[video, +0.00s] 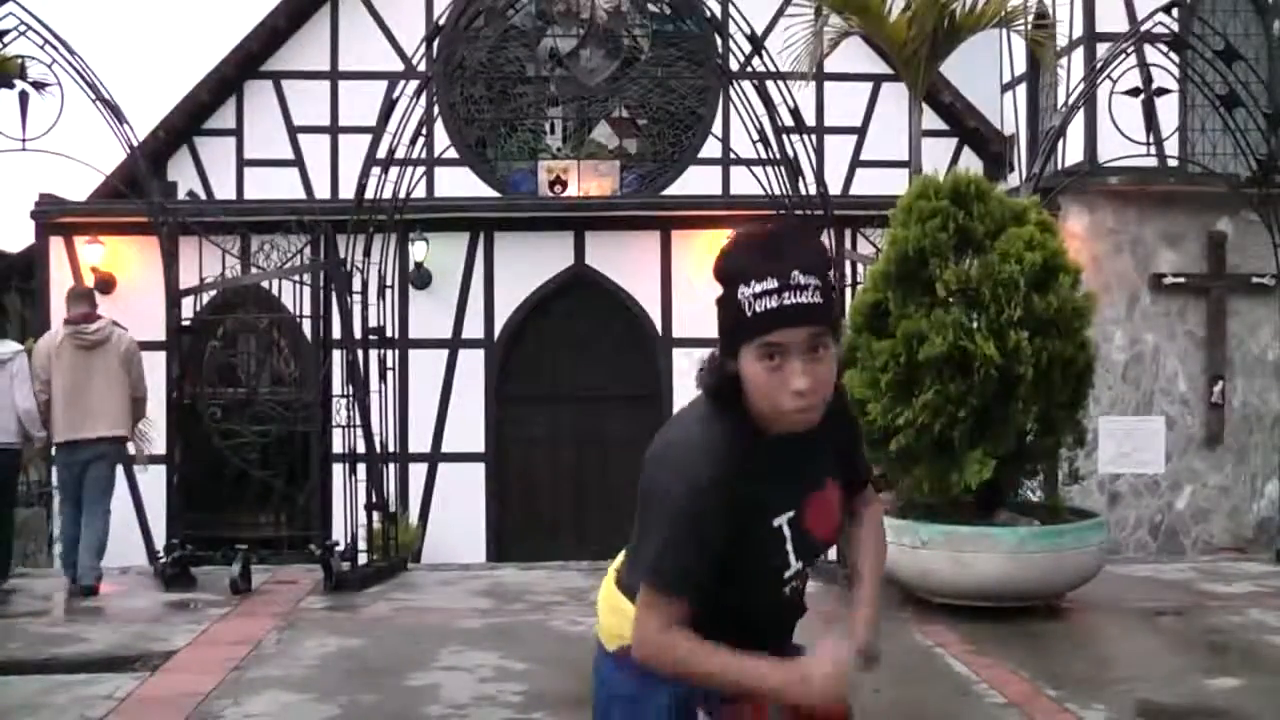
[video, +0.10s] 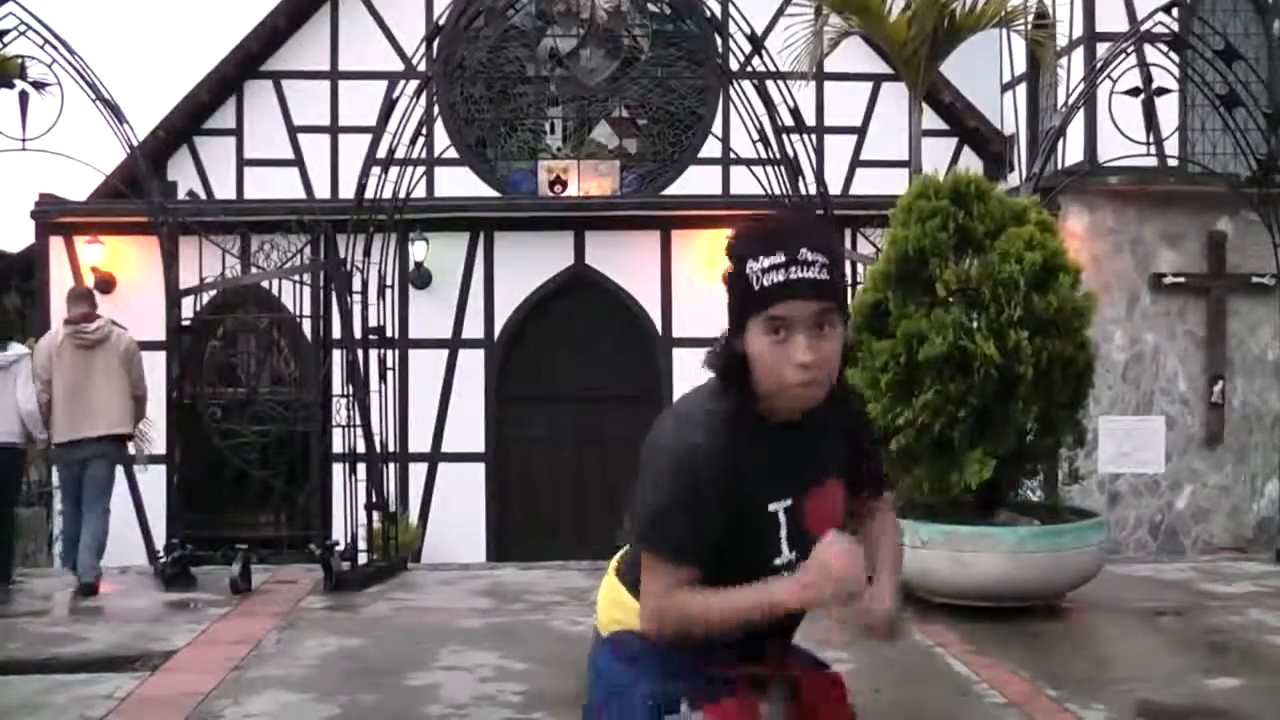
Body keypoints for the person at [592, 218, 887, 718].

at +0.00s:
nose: (800, 379)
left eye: (816, 352)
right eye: (773, 356)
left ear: (836, 349)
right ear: (733, 360)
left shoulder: (830, 414)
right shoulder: (694, 459)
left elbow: (862, 507)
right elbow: (651, 640)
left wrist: (864, 615)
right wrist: (790, 679)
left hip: (759, 646)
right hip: (655, 662)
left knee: (829, 704)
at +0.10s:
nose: (806, 354)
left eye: (823, 326)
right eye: (778, 329)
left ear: (844, 329)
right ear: (740, 337)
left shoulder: (840, 412)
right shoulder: (690, 439)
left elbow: (873, 504)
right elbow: (660, 613)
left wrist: (883, 589)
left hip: (758, 641)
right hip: (653, 650)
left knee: (829, 699)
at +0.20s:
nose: (808, 327)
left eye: (825, 304)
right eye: (783, 306)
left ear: (848, 314)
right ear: (746, 316)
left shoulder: (845, 404)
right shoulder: (694, 415)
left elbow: (880, 491)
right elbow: (656, 579)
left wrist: (892, 542)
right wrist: (798, 561)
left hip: (767, 634)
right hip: (660, 637)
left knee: (825, 704)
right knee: (657, 707)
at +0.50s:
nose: (815, 272)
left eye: (832, 253)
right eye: (793, 257)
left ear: (855, 267)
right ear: (764, 275)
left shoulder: (874, 380)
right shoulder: (718, 372)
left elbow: (926, 507)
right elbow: (648, 500)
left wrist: (888, 510)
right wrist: (754, 536)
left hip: (822, 607)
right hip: (713, 602)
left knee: (851, 702)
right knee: (727, 693)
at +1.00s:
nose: (814, 261)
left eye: (830, 245)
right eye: (794, 247)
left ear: (853, 264)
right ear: (769, 269)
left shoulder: (886, 379)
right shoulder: (723, 350)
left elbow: (929, 508)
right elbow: (648, 459)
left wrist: (873, 470)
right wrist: (708, 527)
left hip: (826, 610)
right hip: (711, 605)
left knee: (856, 707)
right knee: (694, 707)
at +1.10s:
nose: (796, 263)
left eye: (814, 247)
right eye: (778, 248)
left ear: (838, 267)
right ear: (753, 268)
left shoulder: (874, 377)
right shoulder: (708, 350)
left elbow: (928, 493)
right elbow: (638, 459)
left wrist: (846, 530)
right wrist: (702, 464)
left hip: (813, 608)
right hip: (700, 604)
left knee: (830, 708)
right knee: (682, 707)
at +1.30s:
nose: (760, 259)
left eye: (777, 244)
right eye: (742, 245)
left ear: (801, 260)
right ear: (719, 263)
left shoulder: (836, 363)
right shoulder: (681, 346)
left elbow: (910, 475)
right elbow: (613, 461)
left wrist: (832, 475)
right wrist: (693, 445)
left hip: (793, 602)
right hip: (676, 600)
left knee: (827, 707)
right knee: (632, 709)